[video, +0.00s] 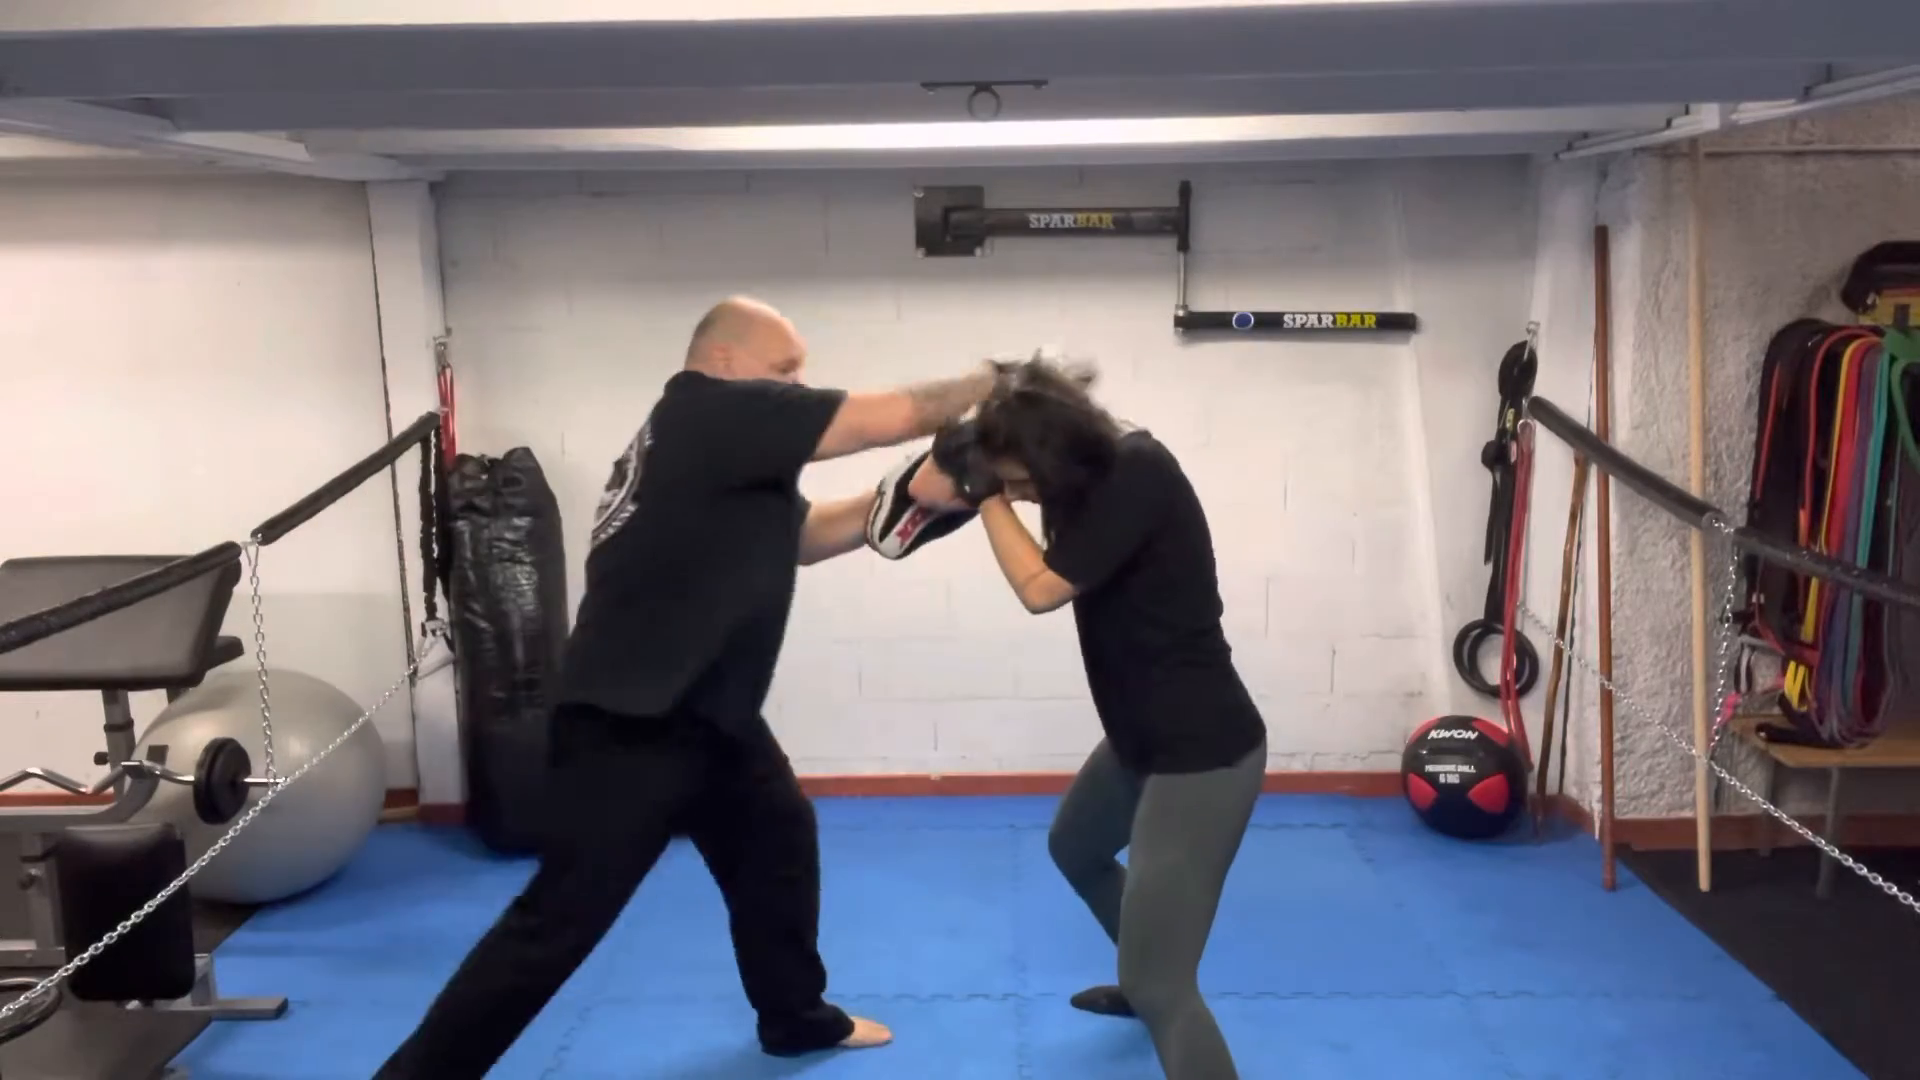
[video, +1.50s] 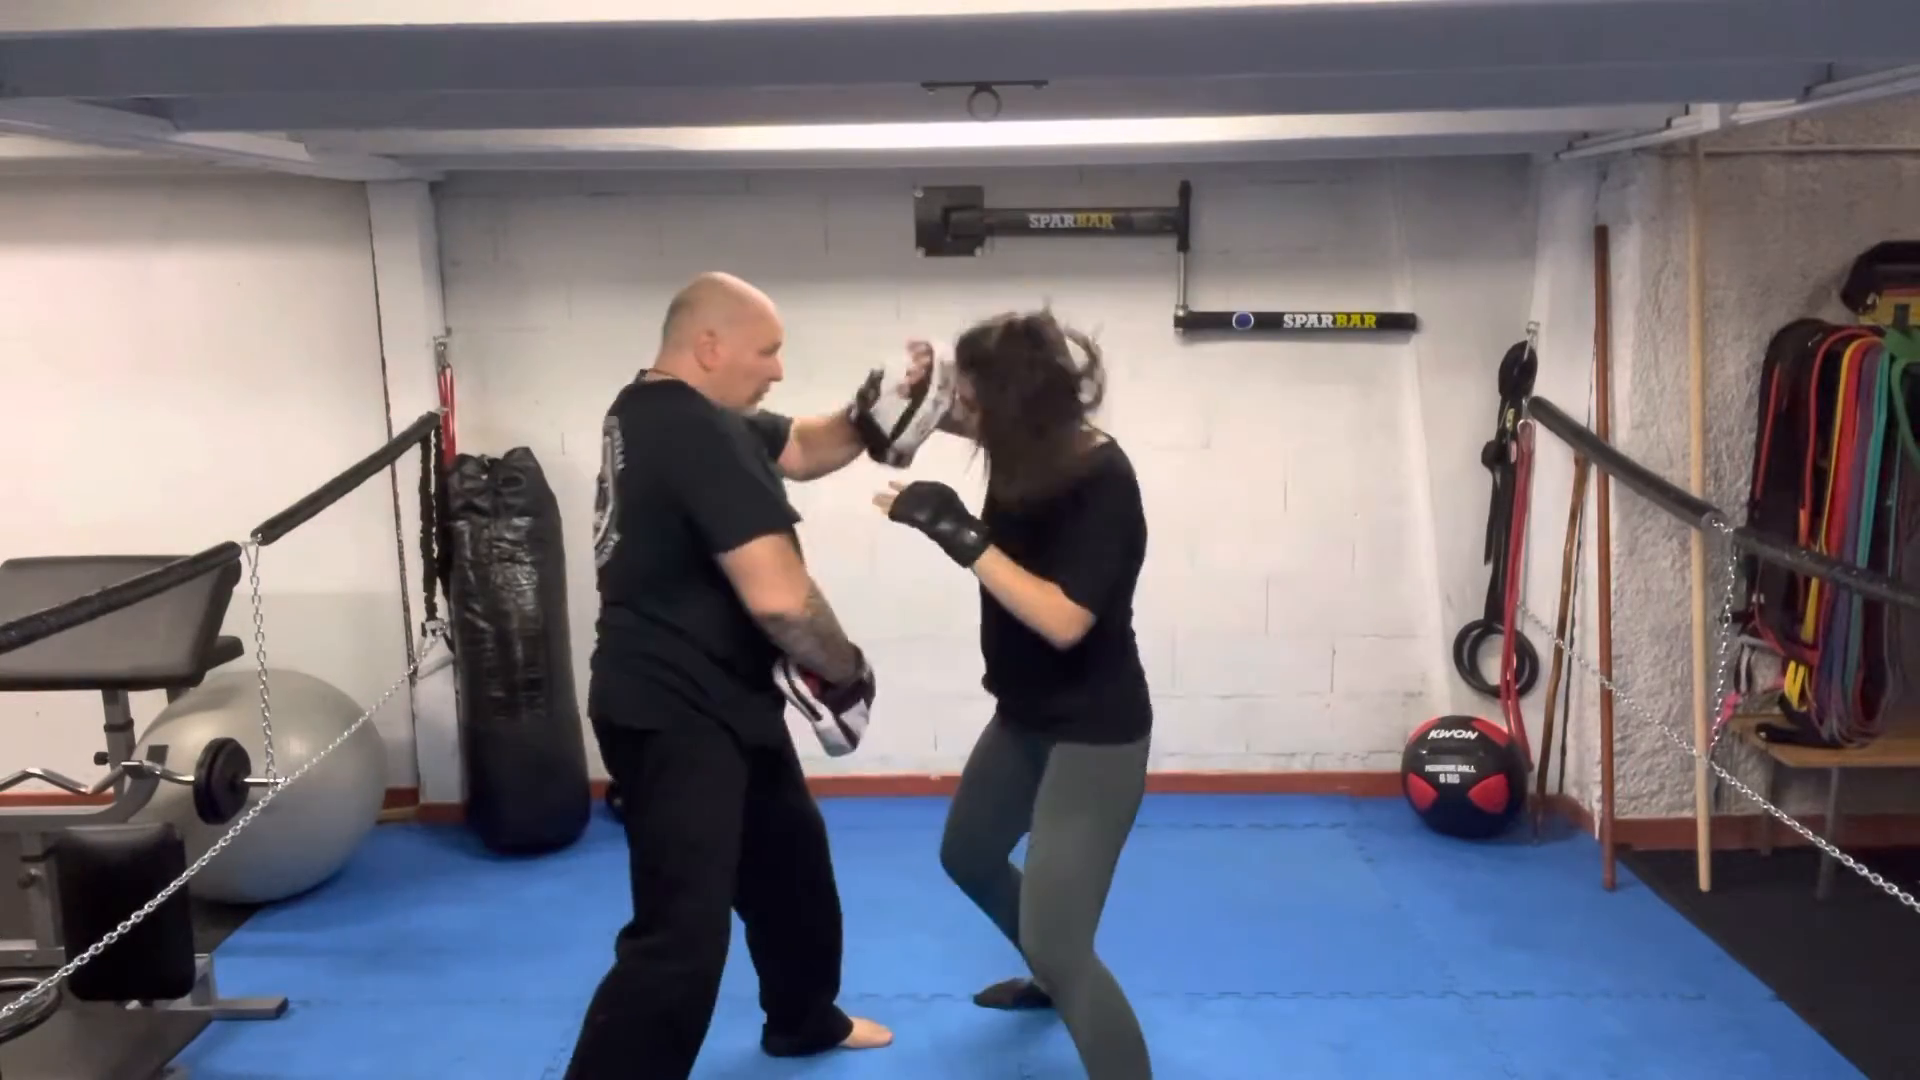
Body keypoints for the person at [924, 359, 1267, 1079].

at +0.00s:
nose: (1014, 495)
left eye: (1018, 482)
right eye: (1006, 484)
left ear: (1050, 463)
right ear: (1051, 442)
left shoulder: (1135, 476)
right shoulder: (1088, 469)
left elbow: (1039, 588)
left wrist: (986, 492)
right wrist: (956, 473)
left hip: (1204, 751)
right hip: (1144, 736)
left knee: (1157, 981)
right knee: (1077, 847)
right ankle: (1150, 984)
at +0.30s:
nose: (995, 576)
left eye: (988, 567)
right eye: (982, 572)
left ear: (997, 529)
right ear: (998, 505)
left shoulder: (1066, 552)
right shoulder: (1079, 498)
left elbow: (1022, 706)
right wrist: (977, 658)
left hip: (1228, 775)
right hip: (1177, 749)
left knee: (1128, 987)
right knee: (1097, 843)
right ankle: (1146, 989)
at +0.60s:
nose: (1025, 614)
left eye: (1025, 605)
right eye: (1015, 609)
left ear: (1055, 575)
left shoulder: (1156, 561)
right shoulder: (1043, 543)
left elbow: (1179, 718)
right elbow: (1114, 681)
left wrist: (1055, 702)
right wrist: (1046, 691)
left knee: (1150, 990)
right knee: (1070, 898)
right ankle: (1143, 977)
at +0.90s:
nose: (1037, 414)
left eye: (1055, 408)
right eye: (1040, 400)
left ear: (1111, 430)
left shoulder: (1170, 500)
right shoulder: (1086, 451)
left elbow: (1047, 579)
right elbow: (1014, 390)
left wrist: (982, 453)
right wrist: (962, 386)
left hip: (1157, 772)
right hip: (1094, 747)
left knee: (1105, 997)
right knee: (1040, 872)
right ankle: (1135, 994)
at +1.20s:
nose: (973, 393)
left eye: (972, 377)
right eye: (969, 379)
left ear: (1002, 374)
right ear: (1055, 348)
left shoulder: (1019, 476)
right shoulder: (1130, 414)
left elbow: (964, 602)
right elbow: (1217, 327)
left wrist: (953, 529)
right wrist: (1113, 329)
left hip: (1072, 730)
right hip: (1108, 703)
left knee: (1074, 943)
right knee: (1035, 842)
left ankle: (1145, 1070)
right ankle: (1111, 986)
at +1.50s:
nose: (959, 405)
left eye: (969, 394)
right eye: (961, 393)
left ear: (1014, 403)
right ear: (1025, 401)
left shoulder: (1102, 482)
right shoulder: (1019, 451)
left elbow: (1063, 620)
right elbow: (965, 419)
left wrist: (959, 532)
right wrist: (917, 397)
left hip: (1096, 732)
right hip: (1025, 715)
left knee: (1058, 948)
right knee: (970, 854)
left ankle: (1129, 1073)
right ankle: (1054, 972)